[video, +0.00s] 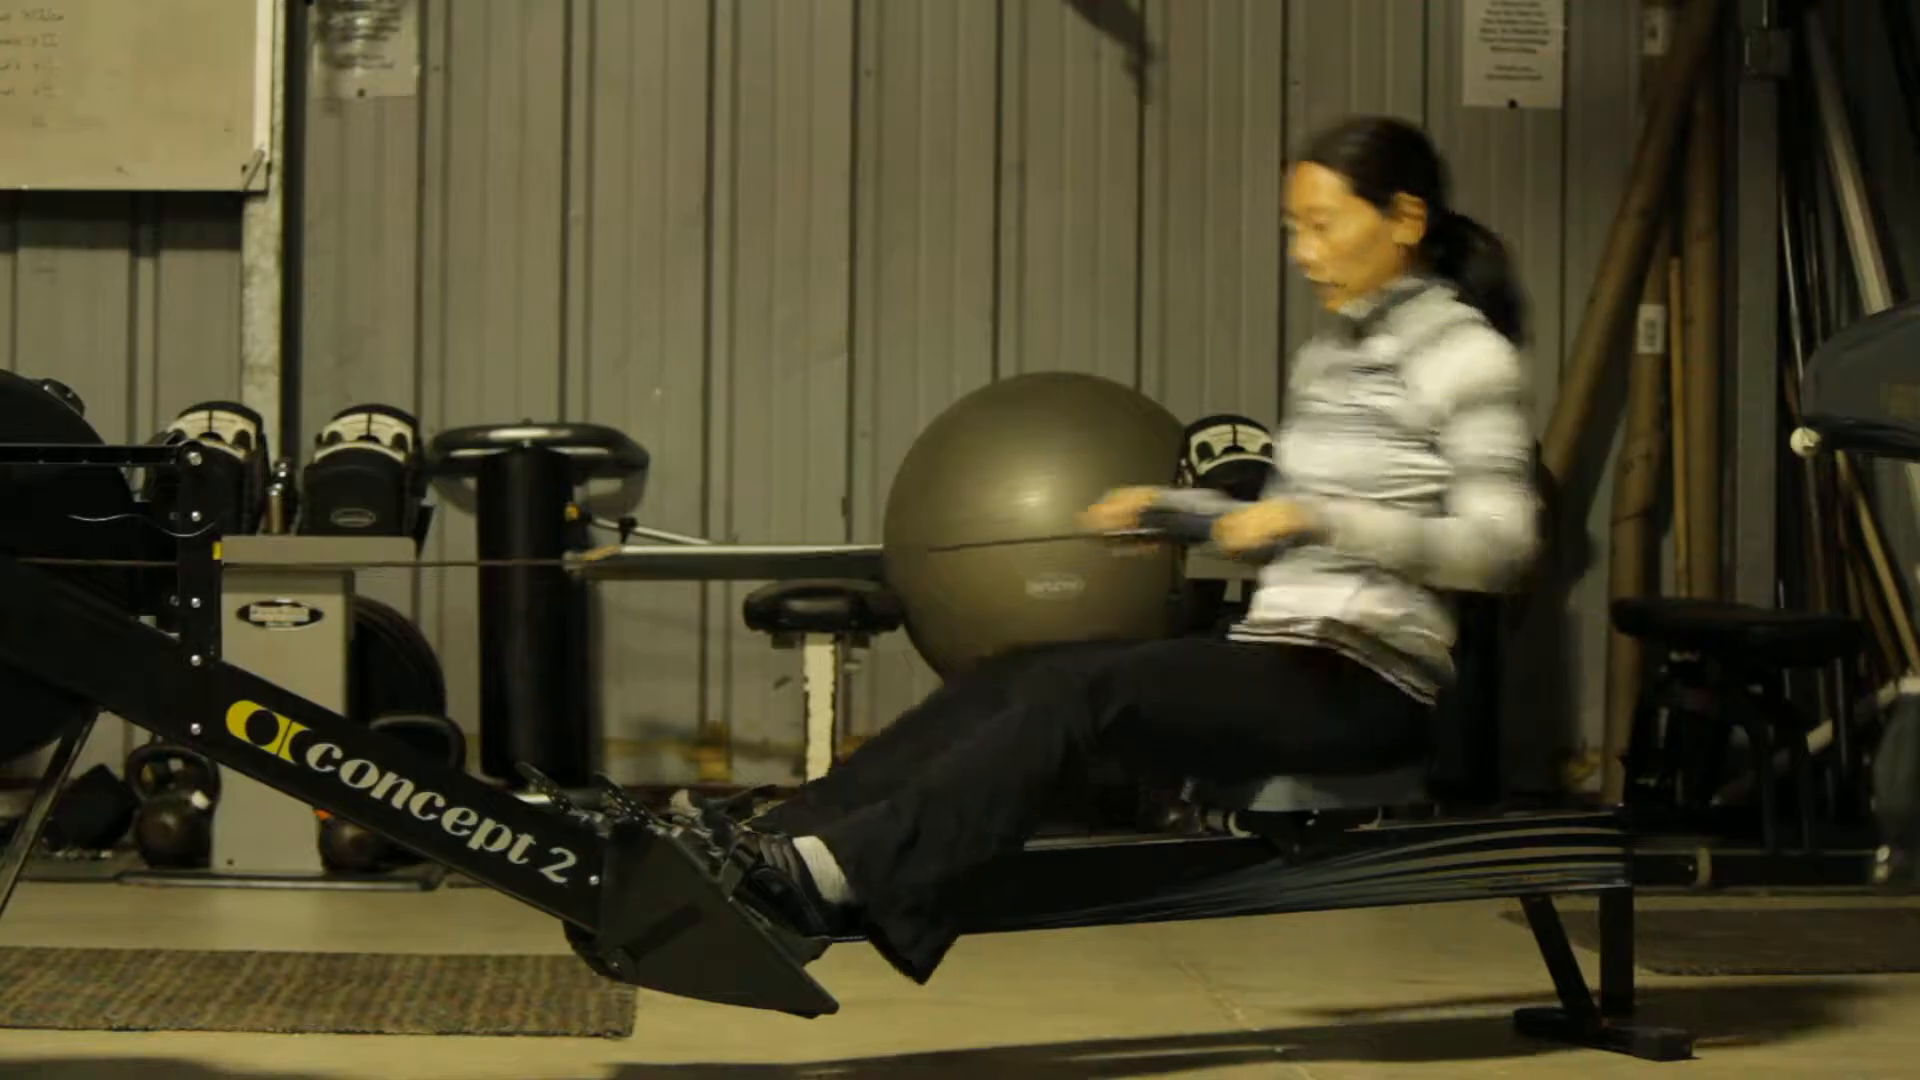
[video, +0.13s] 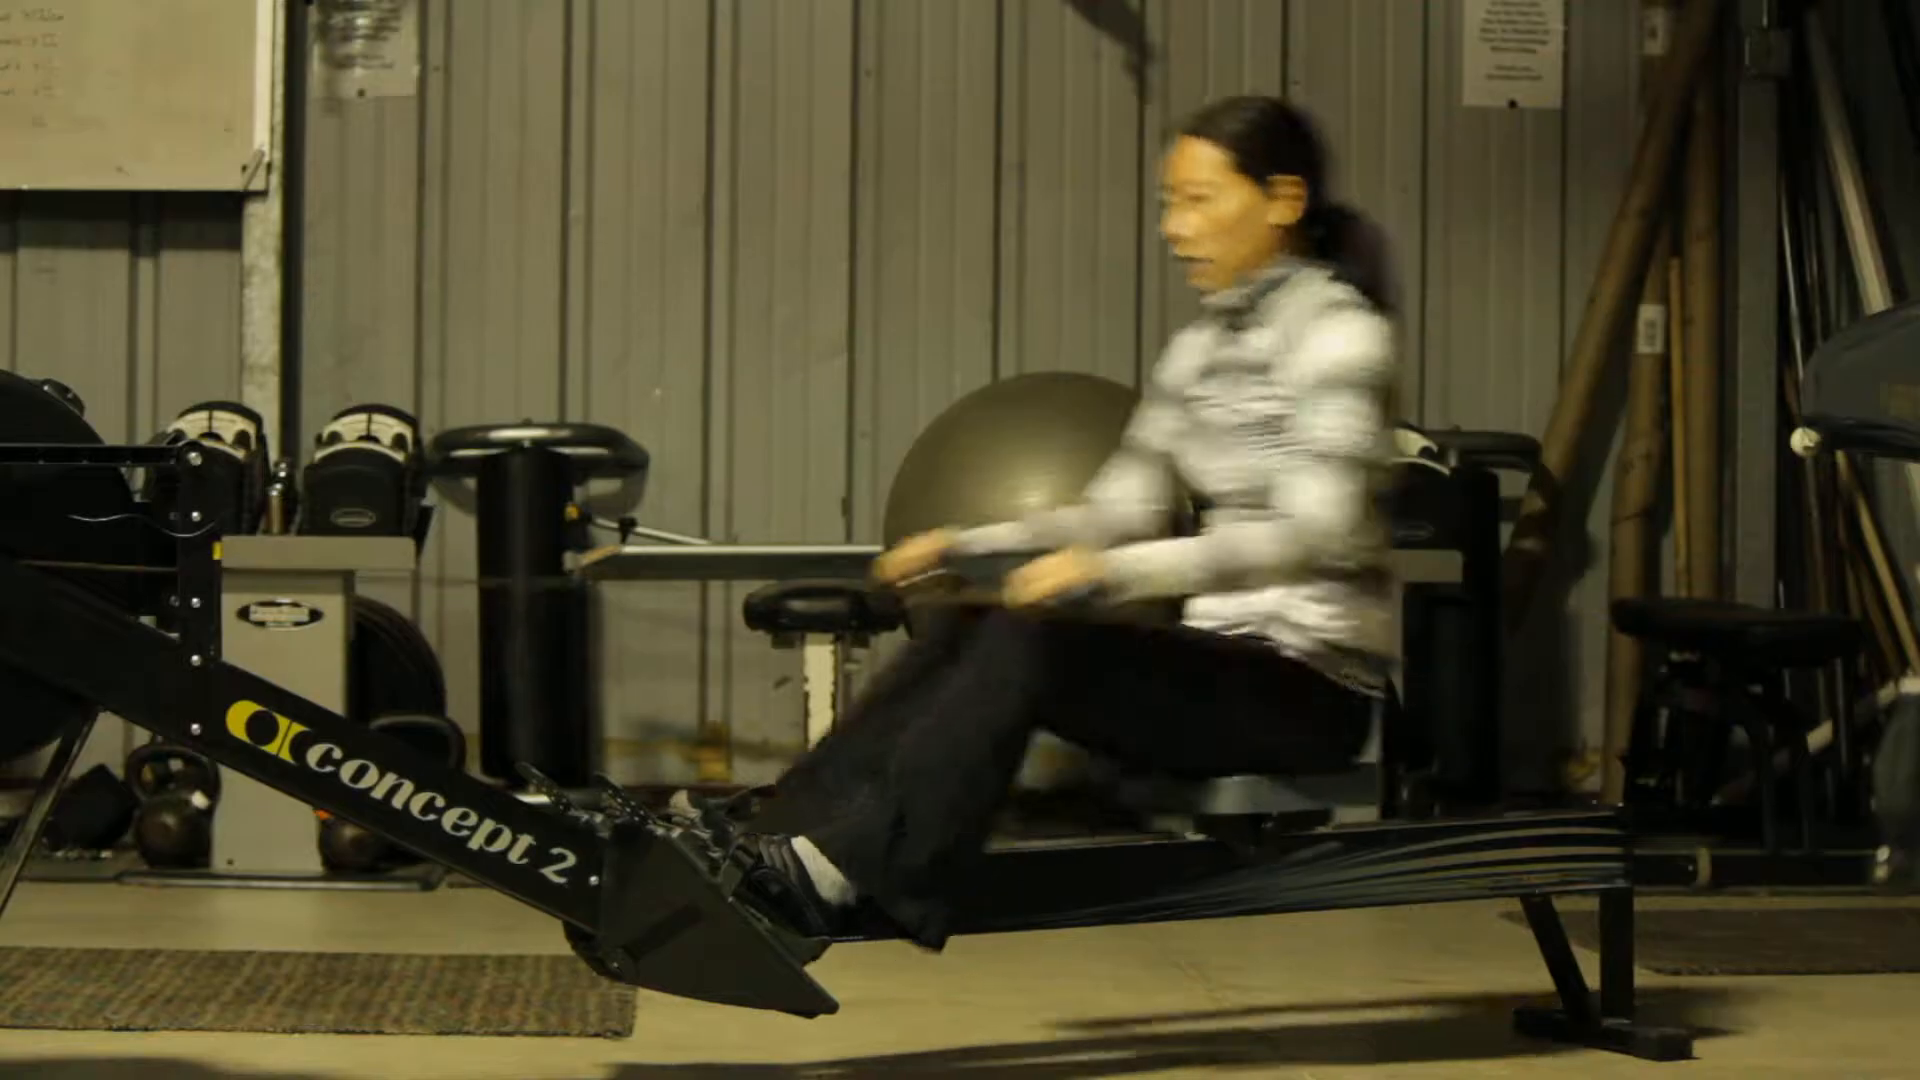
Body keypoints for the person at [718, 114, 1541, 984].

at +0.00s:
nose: (1301, 252)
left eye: (1320, 224)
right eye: (1295, 229)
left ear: (1406, 223)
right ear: (1302, 229)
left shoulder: (1466, 352)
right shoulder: (1332, 349)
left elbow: (1501, 543)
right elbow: (1298, 511)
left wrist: (1317, 519)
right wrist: (1175, 507)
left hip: (1370, 675)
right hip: (1275, 653)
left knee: (1069, 693)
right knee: (1011, 678)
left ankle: (826, 883)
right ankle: (777, 842)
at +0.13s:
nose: (1174, 228)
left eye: (1197, 201)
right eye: (1171, 203)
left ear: (1284, 201)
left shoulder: (1340, 332)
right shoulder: (1196, 347)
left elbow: (1313, 529)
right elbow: (1119, 516)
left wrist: (1107, 570)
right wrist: (955, 544)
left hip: (1315, 684)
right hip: (1215, 660)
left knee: (1027, 648)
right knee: (969, 634)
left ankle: (838, 874)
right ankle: (779, 834)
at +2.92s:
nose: (632, 260)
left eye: (661, 235)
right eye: (638, 236)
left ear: (747, 253)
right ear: (724, 258)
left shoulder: (811, 373)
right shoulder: (693, 385)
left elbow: (632, 497)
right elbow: (535, 468)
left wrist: (418, 569)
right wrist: (316, 539)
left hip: (967, 693)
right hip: (869, 688)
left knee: (742, 540)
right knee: (671, 542)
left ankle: (790, 863)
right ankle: (685, 838)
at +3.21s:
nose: (854, 186)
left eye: (887, 162)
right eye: (861, 162)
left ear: (978, 191)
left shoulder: (1020, 322)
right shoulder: (900, 324)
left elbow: (866, 474)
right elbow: (760, 456)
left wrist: (682, 554)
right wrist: (568, 539)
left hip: (1045, 698)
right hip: (957, 685)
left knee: (838, 562)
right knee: (749, 557)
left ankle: (775, 860)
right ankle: (677, 823)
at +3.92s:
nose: (1462, 309)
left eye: (1482, 285)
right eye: (1457, 287)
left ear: (1560, 289)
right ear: (1479, 292)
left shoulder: (1591, 414)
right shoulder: (1470, 407)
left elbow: (1600, 579)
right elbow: (1401, 534)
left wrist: (1426, 507)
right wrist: (1266, 503)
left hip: (1386, 686)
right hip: (1300, 659)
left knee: (1095, 732)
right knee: (1037, 709)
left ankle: (802, 884)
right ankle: (764, 851)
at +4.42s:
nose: (1258, 229)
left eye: (1282, 202)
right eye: (1254, 203)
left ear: (1365, 204)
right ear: (1255, 208)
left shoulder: (1411, 334)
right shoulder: (1275, 342)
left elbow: (1335, 524)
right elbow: (1175, 492)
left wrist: (1151, 595)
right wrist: (1009, 577)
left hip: (1363, 668)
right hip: (1258, 649)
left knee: (1076, 707)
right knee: (1023, 682)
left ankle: (833, 895)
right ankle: (785, 852)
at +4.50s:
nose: (1164, 220)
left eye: (1189, 193)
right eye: (1160, 196)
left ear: (1275, 196)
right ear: (1156, 197)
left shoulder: (1321, 334)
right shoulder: (1182, 341)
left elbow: (1198, 518)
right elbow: (1061, 487)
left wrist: (1032, 622)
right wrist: (892, 600)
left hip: (1332, 681)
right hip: (1230, 659)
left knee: (1022, 686)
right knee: (966, 663)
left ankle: (827, 884)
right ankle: (766, 849)